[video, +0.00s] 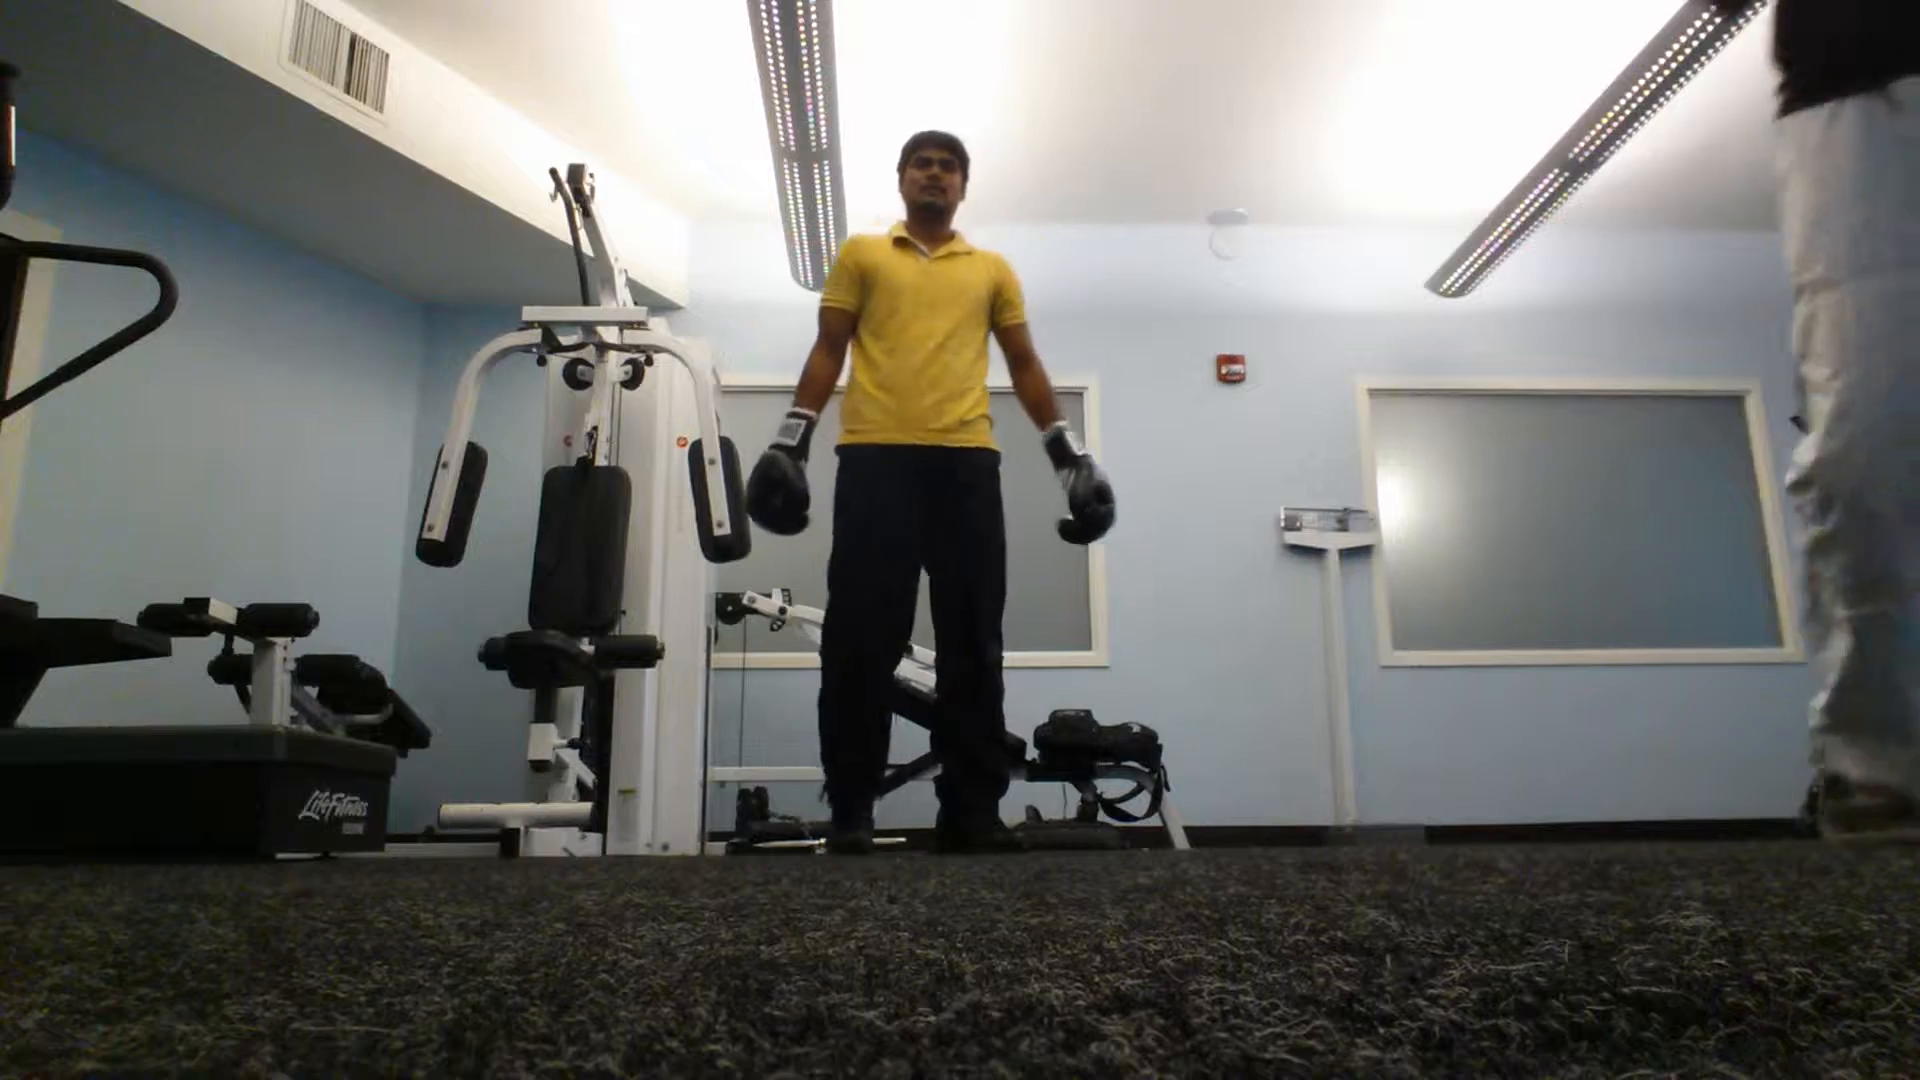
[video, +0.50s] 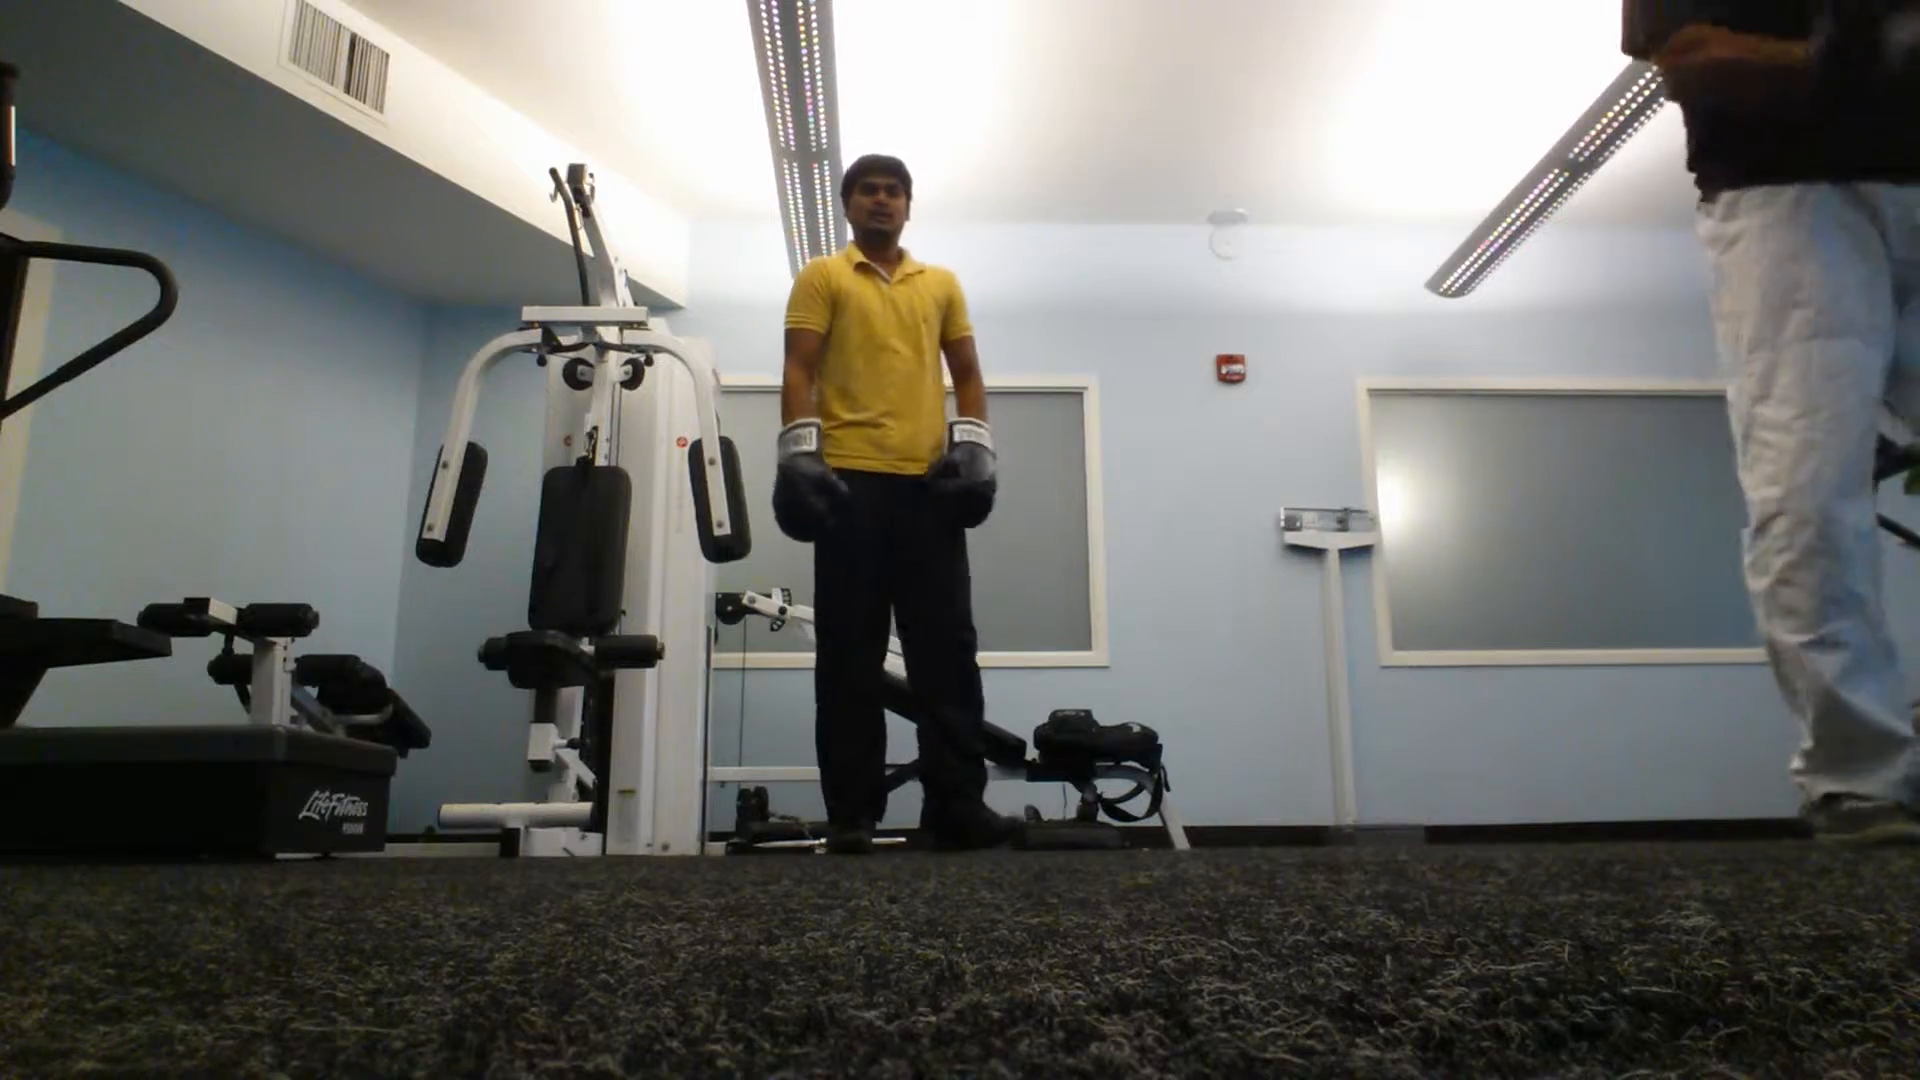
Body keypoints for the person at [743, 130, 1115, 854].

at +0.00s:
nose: (934, 175)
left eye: (947, 166)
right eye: (921, 165)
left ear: (964, 185)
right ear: (900, 180)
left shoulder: (990, 270)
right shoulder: (863, 256)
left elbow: (1026, 364)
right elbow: (828, 349)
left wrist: (1069, 456)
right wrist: (789, 443)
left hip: (966, 464)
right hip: (876, 463)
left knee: (973, 637)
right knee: (862, 635)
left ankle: (972, 813)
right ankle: (851, 812)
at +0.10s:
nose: (918, 180)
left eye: (931, 171)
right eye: (906, 169)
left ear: (948, 189)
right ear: (884, 185)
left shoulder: (974, 274)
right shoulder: (848, 259)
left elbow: (1004, 369)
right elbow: (815, 349)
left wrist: (1045, 455)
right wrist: (781, 438)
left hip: (953, 470)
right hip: (866, 468)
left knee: (968, 639)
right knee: (862, 639)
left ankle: (971, 813)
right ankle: (852, 813)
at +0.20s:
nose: (902, 187)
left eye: (915, 178)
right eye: (889, 177)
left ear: (933, 196)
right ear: (868, 193)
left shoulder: (960, 278)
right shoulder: (837, 265)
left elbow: (985, 368)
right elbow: (804, 348)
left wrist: (1012, 452)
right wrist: (782, 429)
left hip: (941, 476)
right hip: (857, 473)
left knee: (956, 642)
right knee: (859, 644)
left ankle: (971, 813)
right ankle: (850, 814)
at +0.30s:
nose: (889, 191)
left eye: (902, 182)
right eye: (877, 182)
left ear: (920, 199)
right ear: (857, 197)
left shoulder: (951, 281)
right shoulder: (828, 273)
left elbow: (972, 375)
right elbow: (795, 359)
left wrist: (984, 457)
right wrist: (787, 436)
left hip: (934, 481)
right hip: (850, 479)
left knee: (947, 648)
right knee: (852, 652)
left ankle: (968, 810)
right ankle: (850, 814)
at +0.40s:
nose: (883, 196)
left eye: (895, 187)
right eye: (870, 186)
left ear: (912, 201)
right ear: (849, 199)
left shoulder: (943, 280)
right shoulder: (824, 274)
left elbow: (968, 373)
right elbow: (799, 360)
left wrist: (975, 445)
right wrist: (792, 440)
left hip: (929, 481)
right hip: (849, 481)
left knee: (943, 647)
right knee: (851, 654)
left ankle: (961, 807)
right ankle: (851, 815)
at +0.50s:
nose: (880, 201)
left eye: (892, 192)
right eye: (867, 191)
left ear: (909, 206)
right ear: (846, 205)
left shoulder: (939, 285)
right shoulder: (822, 279)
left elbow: (966, 376)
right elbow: (799, 367)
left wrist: (975, 446)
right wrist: (801, 453)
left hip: (929, 486)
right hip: (848, 484)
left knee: (946, 647)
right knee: (851, 656)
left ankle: (955, 808)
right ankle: (851, 816)